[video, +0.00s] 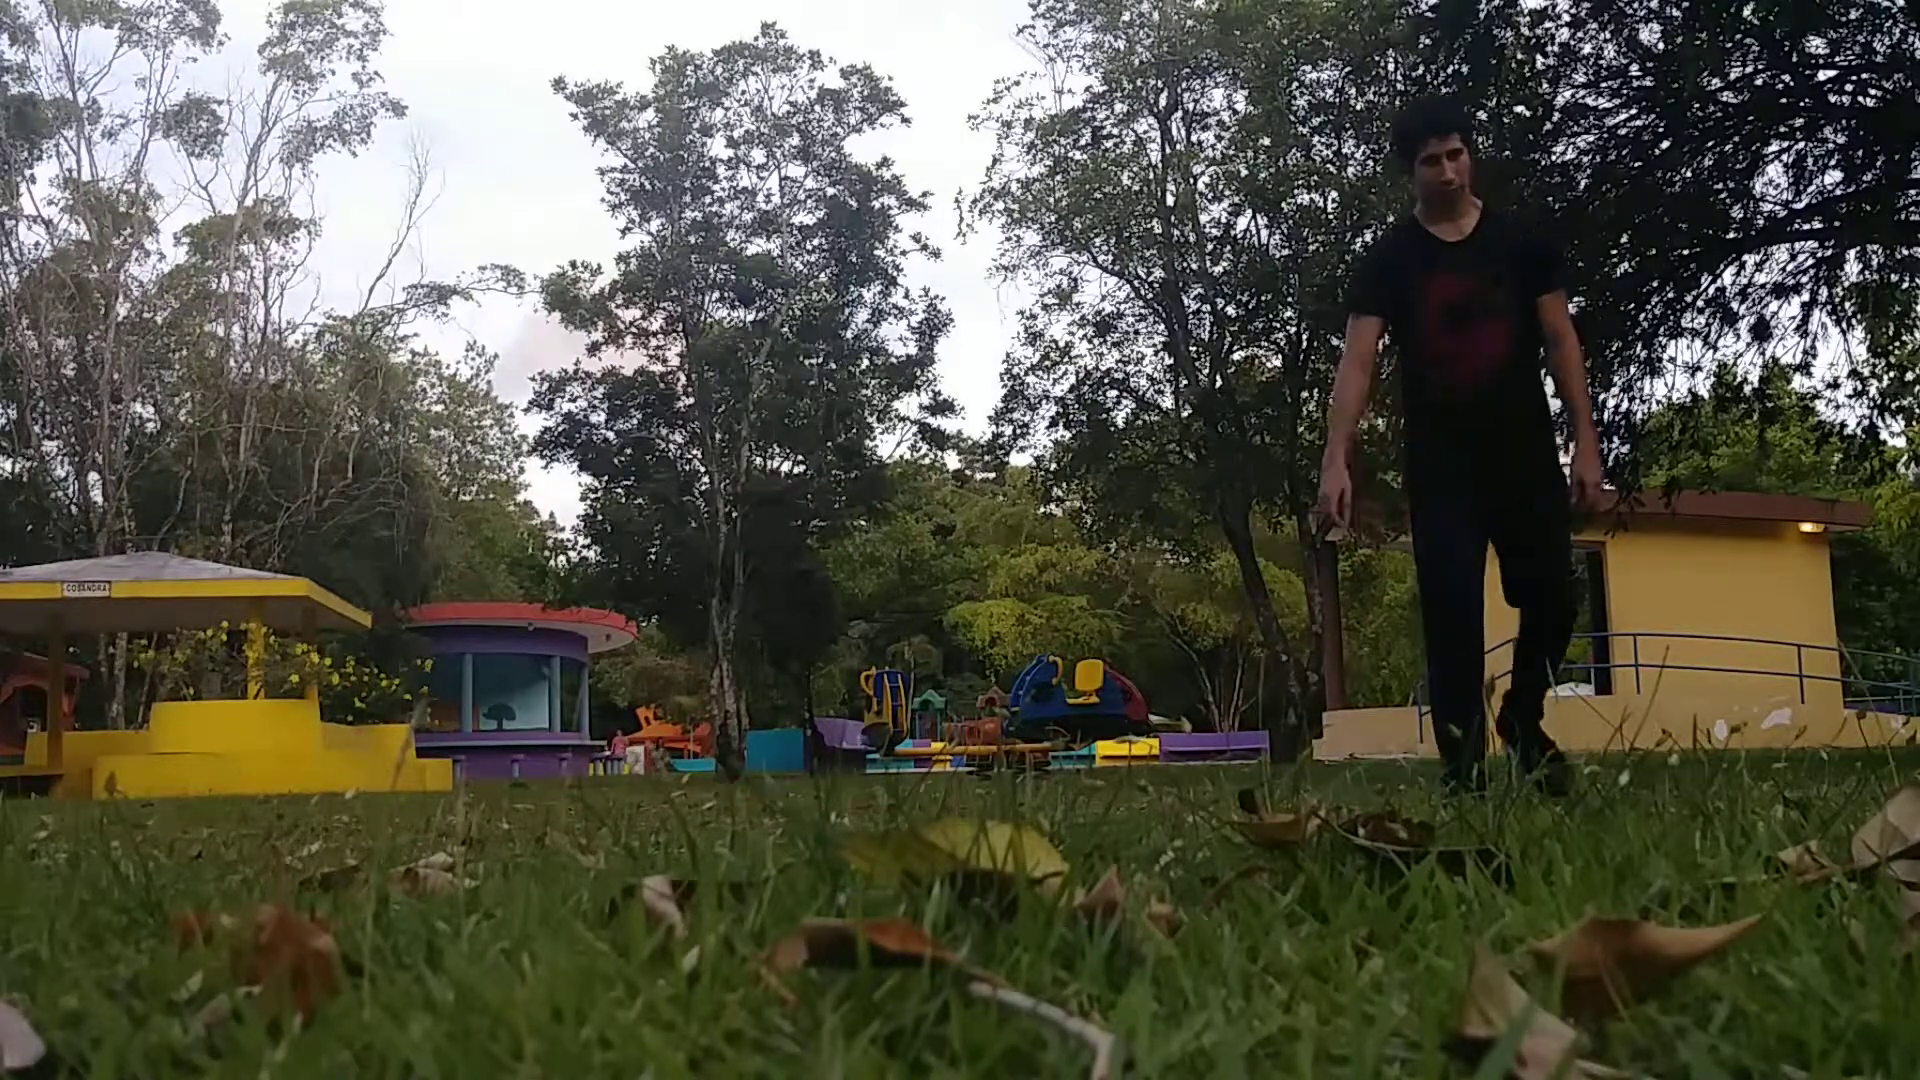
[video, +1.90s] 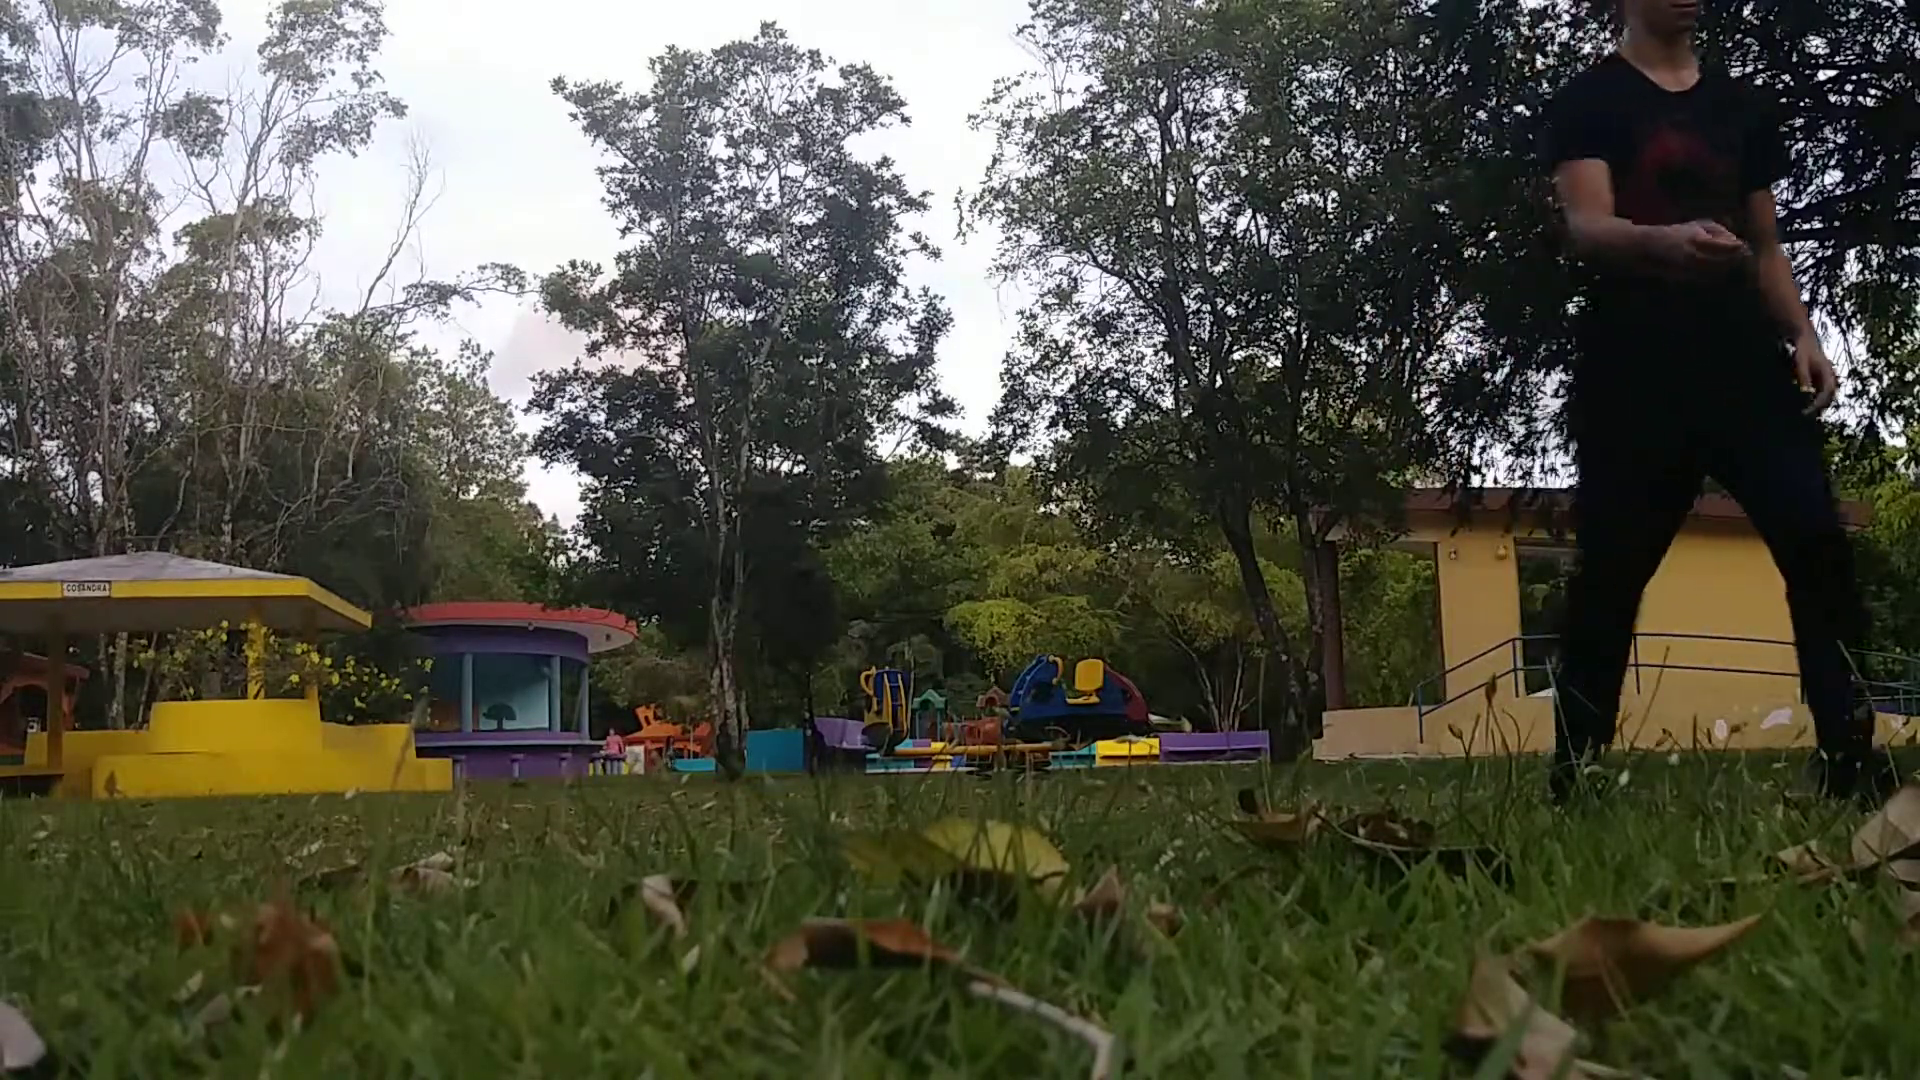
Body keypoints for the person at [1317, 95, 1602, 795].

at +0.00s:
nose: (1447, 169)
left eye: (1456, 155)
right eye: (1432, 160)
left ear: (1472, 160)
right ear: (1409, 171)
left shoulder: (1521, 241)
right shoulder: (1387, 259)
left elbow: (1561, 340)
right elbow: (1357, 360)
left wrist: (1587, 442)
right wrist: (1335, 458)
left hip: (1524, 455)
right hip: (1440, 463)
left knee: (1553, 603)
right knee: (1450, 615)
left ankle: (1521, 723)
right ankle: (1461, 764)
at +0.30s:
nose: (1474, 144)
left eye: (1483, 130)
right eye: (1459, 134)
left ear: (1496, 135)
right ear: (1429, 144)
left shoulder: (1534, 227)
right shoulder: (1402, 234)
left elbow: (1566, 338)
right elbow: (1387, 322)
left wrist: (1590, 442)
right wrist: (1411, 365)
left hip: (1532, 441)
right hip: (1446, 449)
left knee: (1574, 588)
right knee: (1441, 617)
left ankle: (1586, 759)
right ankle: (1460, 771)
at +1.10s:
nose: (1584, 64)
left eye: (1592, 49)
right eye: (1565, 53)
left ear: (1607, 61)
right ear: (1530, 72)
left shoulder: (1648, 171)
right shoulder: (1489, 184)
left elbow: (1689, 279)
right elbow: (1459, 308)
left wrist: (1695, 381)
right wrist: (1428, 420)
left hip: (1623, 415)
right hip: (1524, 421)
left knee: (1622, 597)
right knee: (1535, 595)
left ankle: (1610, 761)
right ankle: (1552, 764)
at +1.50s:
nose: (1580, 22)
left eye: (1589, 8)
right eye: (1559, 10)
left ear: (1602, 21)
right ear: (1525, 31)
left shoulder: (1650, 125)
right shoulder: (1497, 142)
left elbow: (1690, 250)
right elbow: (1445, 270)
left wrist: (1701, 358)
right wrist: (1470, 356)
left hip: (1652, 388)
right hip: (1548, 395)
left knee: (1690, 575)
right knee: (1548, 585)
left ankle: (1621, 724)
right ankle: (1568, 766)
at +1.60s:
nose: (1594, 13)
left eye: (1604, 0)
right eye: (1575, 0)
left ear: (1617, 14)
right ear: (1538, 16)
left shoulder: (1662, 117)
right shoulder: (1503, 129)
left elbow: (1705, 245)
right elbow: (1452, 250)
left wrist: (1729, 352)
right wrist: (1513, 279)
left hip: (1662, 373)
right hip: (1558, 383)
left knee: (1721, 555)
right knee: (1557, 573)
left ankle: (1656, 729)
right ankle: (1568, 767)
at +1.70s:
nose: (1619, 3)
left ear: (1636, 8)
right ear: (1555, 9)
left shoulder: (1679, 113)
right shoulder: (1522, 114)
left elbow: (1720, 238)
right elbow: (1486, 230)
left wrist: (1756, 337)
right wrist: (1567, 235)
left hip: (1676, 363)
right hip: (1572, 373)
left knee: (1759, 537)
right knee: (1566, 571)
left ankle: (1728, 742)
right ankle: (1568, 765)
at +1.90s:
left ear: (1702, 4)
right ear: (1623, 2)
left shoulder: (1743, 107)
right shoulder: (1589, 97)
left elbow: (1764, 244)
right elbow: (1586, 227)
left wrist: (1805, 333)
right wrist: (1667, 241)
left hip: (1743, 364)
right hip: (1634, 369)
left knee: (1817, 546)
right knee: (1610, 570)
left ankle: (1846, 753)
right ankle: (1577, 767)